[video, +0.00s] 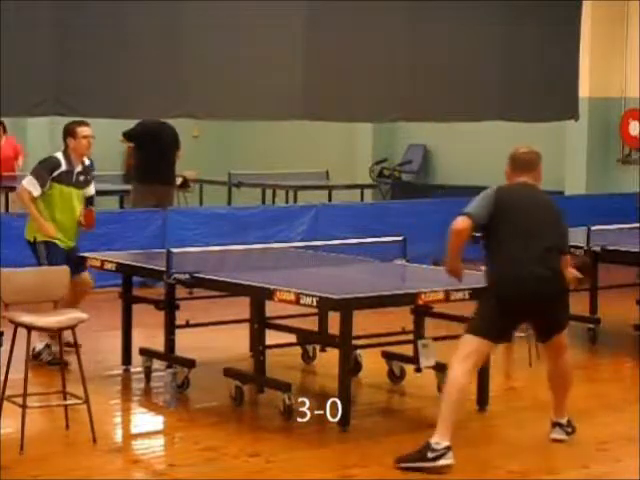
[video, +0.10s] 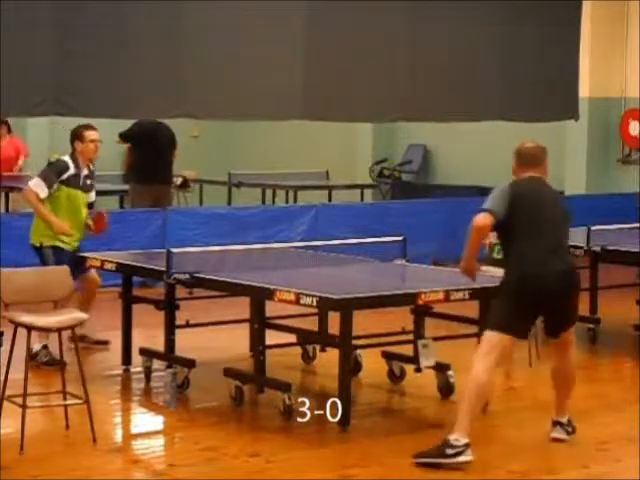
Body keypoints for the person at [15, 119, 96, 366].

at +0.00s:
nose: (89, 143)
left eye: (90, 138)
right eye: (84, 138)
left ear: (88, 142)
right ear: (70, 141)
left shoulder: (87, 168)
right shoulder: (52, 164)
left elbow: (89, 201)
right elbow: (23, 192)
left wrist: (87, 219)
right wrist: (41, 223)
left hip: (68, 238)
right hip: (45, 237)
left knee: (83, 284)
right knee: (57, 290)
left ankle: (57, 331)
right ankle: (47, 344)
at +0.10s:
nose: (97, 147)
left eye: (98, 142)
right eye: (92, 142)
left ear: (95, 146)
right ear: (78, 145)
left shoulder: (89, 173)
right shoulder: (61, 166)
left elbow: (86, 209)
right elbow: (30, 193)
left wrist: (92, 224)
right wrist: (54, 222)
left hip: (71, 242)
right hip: (49, 241)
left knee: (90, 282)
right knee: (61, 289)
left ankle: (78, 330)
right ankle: (39, 345)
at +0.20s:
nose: (102, 154)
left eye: (103, 150)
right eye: (98, 149)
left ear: (98, 153)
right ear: (83, 151)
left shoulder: (90, 178)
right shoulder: (67, 173)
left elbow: (81, 214)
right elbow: (40, 199)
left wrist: (94, 230)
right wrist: (69, 226)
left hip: (74, 246)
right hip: (53, 246)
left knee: (97, 280)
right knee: (54, 295)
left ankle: (83, 329)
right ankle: (40, 346)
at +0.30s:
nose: (109, 162)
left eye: (110, 158)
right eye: (105, 157)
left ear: (95, 162)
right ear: (91, 159)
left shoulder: (84, 182)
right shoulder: (82, 181)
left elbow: (77, 223)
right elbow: (75, 210)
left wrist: (95, 241)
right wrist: (105, 227)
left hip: (71, 250)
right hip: (57, 251)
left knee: (99, 281)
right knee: (76, 297)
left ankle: (85, 329)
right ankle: (42, 346)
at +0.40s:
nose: (112, 168)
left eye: (112, 163)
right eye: (108, 162)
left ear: (92, 165)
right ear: (94, 163)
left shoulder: (71, 181)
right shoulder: (95, 183)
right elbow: (101, 209)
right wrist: (129, 224)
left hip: (48, 250)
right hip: (66, 253)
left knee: (98, 280)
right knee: (83, 299)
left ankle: (86, 329)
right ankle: (41, 346)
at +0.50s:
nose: (114, 173)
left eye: (115, 169)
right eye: (111, 168)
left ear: (92, 169)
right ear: (97, 167)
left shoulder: (70, 183)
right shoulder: (103, 185)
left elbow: (44, 213)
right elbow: (125, 205)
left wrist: (57, 231)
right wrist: (152, 225)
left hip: (50, 249)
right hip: (70, 252)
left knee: (98, 277)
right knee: (78, 302)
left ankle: (86, 329)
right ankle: (41, 347)